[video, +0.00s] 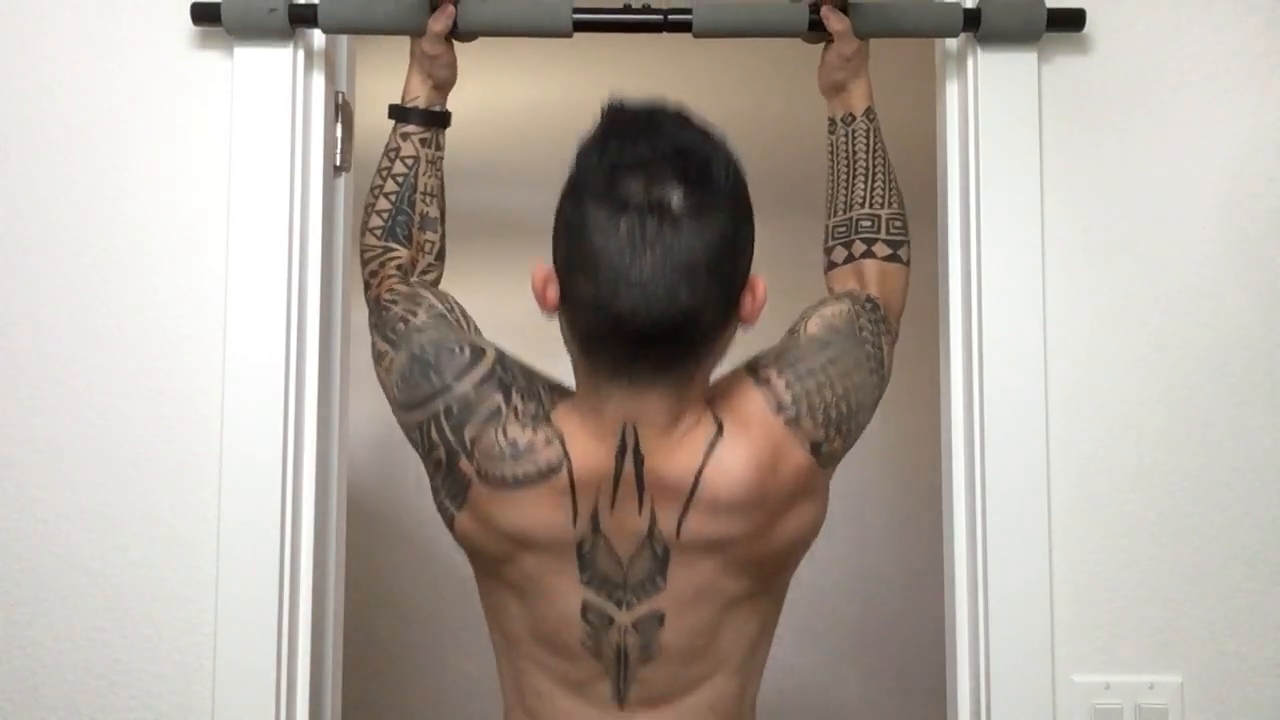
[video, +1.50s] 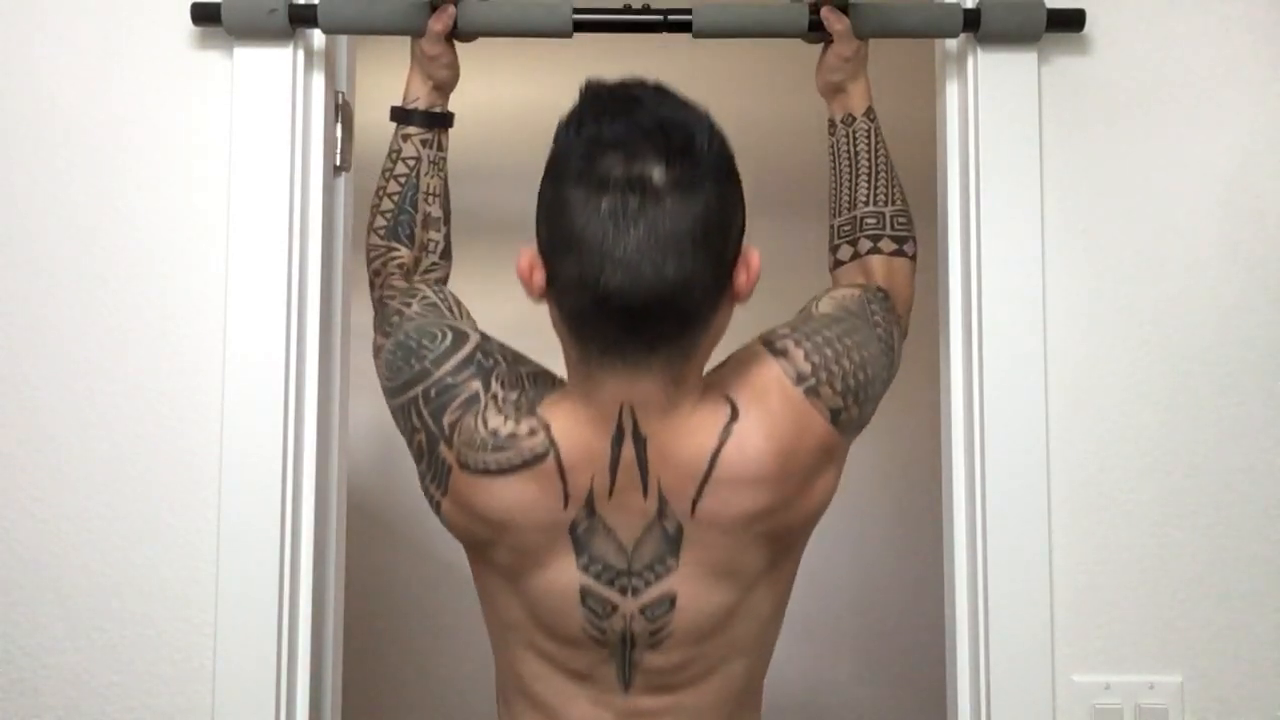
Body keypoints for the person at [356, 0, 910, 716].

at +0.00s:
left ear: (547, 295)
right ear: (750, 303)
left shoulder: (495, 453)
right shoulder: (774, 448)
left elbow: (395, 274)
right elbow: (869, 288)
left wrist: (424, 90)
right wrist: (852, 98)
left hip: (534, 714)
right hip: (717, 713)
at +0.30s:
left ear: (538, 93)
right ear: (748, 95)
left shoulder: (470, 282)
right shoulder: (797, 274)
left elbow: (369, 262)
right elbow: (903, 273)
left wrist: (420, 90)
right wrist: (854, 97)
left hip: (529, 697)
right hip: (718, 696)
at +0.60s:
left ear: (571, 2)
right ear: (705, 3)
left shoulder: (456, 126)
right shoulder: (801, 123)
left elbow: (374, 291)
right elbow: (894, 298)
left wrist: (417, 94)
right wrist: (855, 95)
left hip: (537, 599)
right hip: (723, 603)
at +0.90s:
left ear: (539, 39)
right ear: (749, 38)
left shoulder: (466, 228)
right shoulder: (805, 226)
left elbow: (371, 278)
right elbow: (900, 289)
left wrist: (421, 92)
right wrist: (853, 95)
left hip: (538, 674)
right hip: (725, 675)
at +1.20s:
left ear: (541, 174)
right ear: (751, 177)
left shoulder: (479, 355)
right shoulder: (798, 346)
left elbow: (385, 265)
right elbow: (893, 262)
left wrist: (422, 92)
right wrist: (851, 94)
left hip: (536, 705)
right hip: (719, 705)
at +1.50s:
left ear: (534, 277)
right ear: (743, 279)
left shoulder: (491, 451)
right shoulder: (783, 435)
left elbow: (402, 275)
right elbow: (877, 275)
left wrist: (425, 92)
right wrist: (850, 96)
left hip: (533, 712)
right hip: (726, 712)